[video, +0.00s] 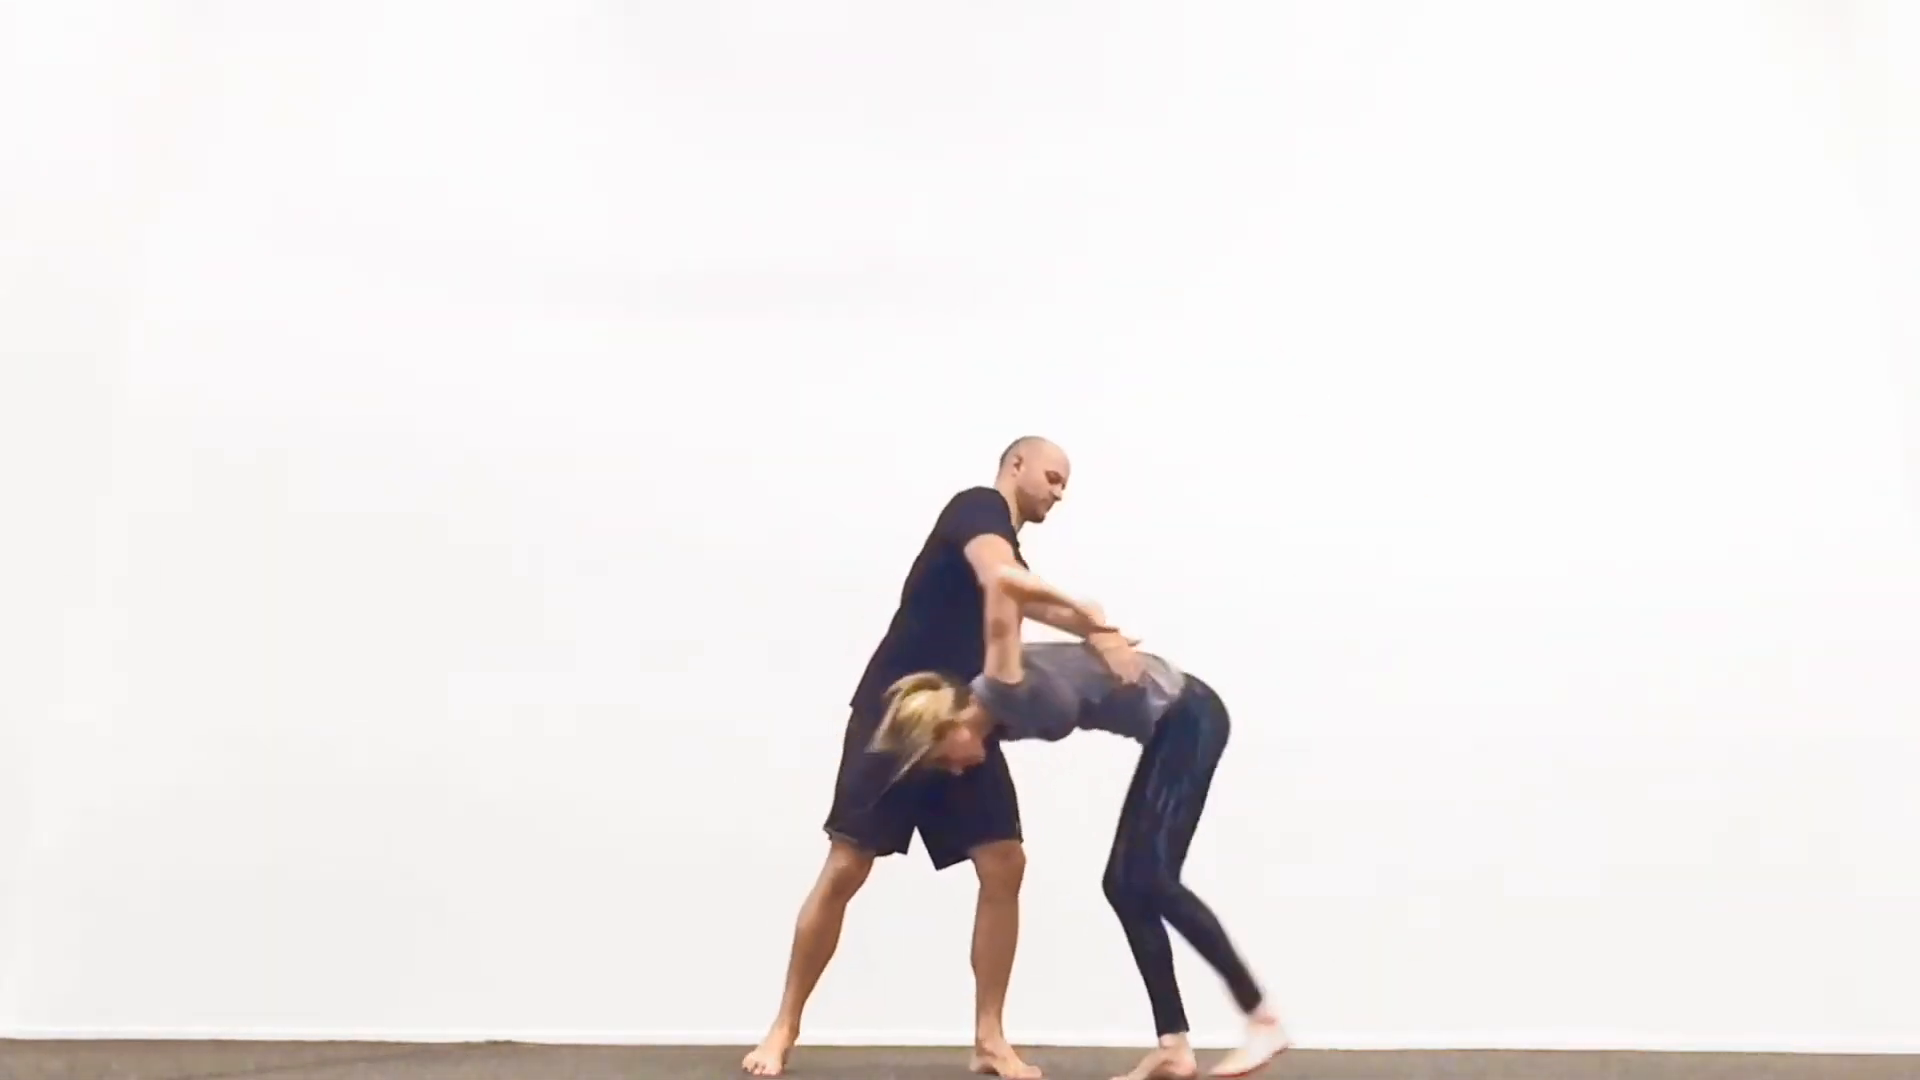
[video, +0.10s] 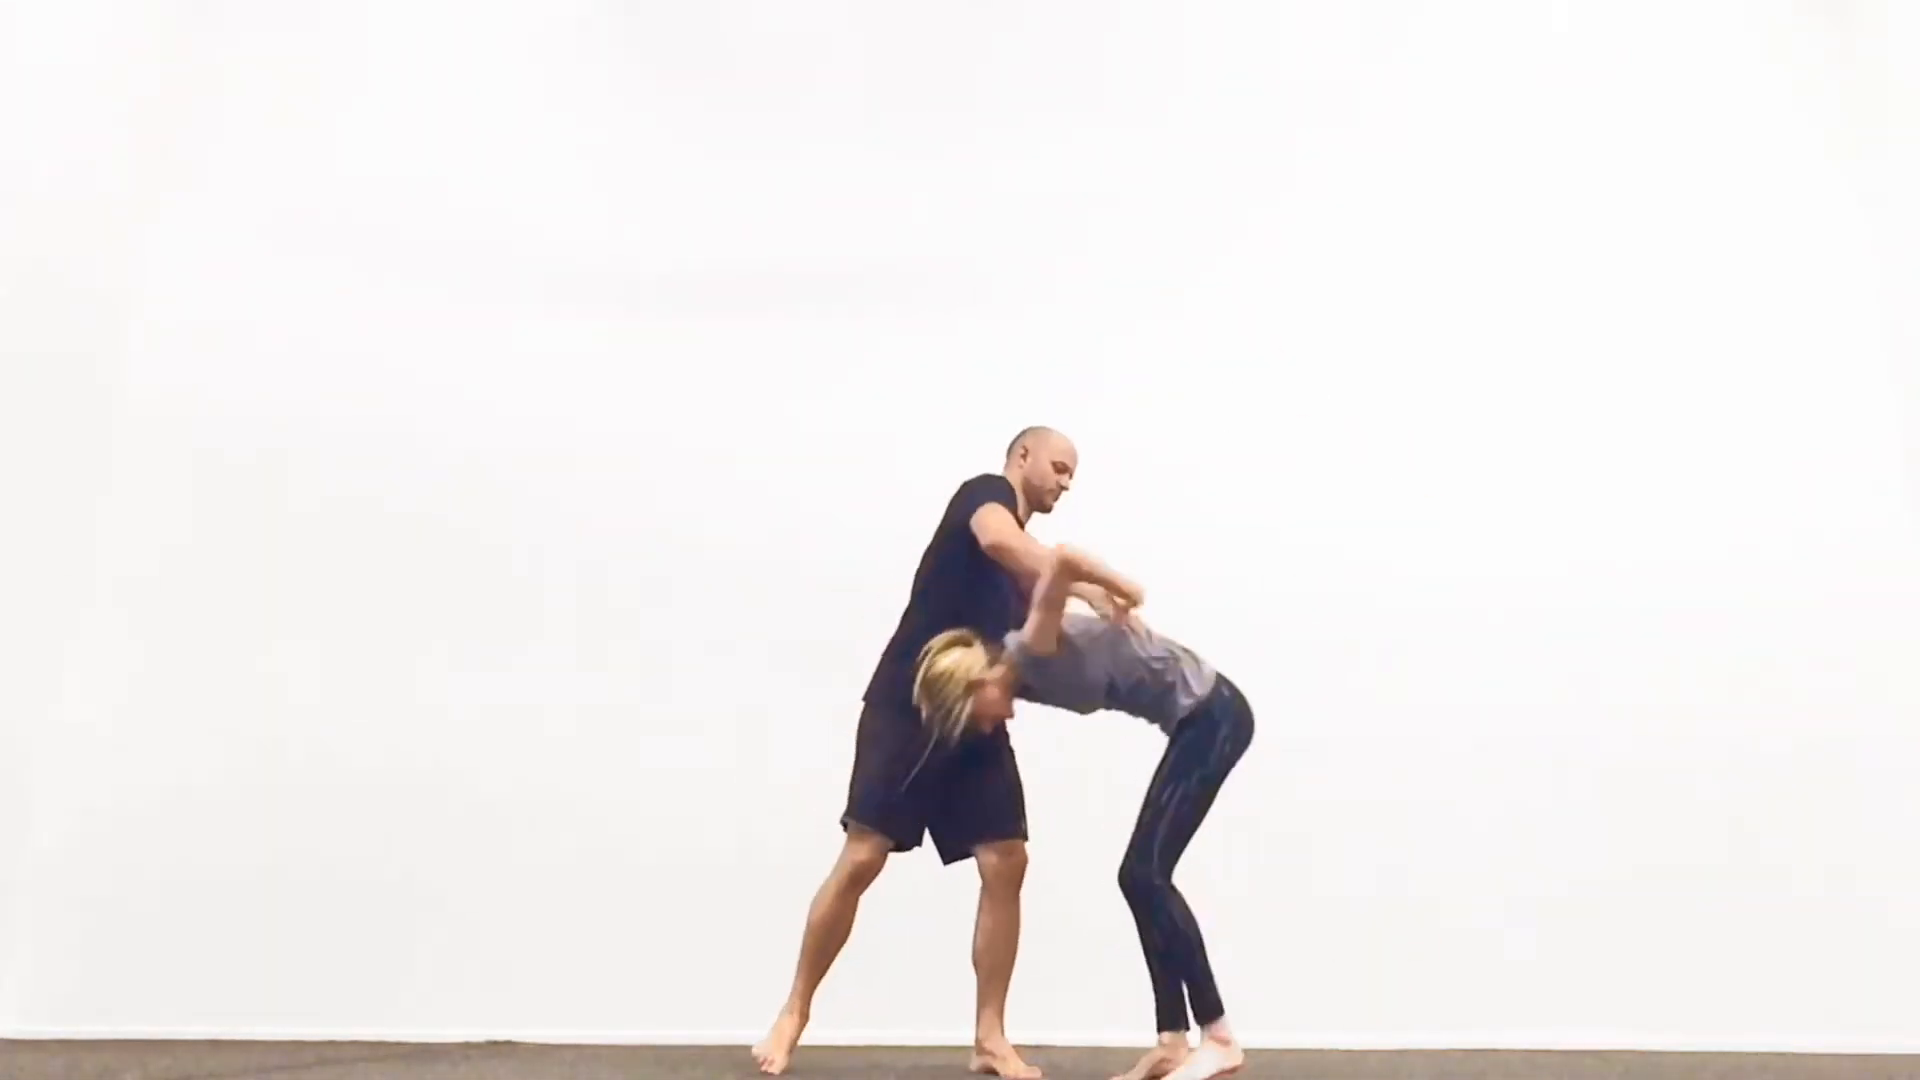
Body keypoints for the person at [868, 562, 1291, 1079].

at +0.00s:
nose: (956, 767)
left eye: (946, 754)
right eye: (941, 763)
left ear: (954, 723)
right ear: (958, 720)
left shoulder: (1007, 684)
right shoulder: (997, 706)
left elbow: (1004, 584)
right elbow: (1005, 590)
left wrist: (1090, 620)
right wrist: (1093, 630)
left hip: (1192, 716)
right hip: (1165, 727)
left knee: (1152, 880)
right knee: (1123, 885)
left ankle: (1264, 1022)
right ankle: (1174, 1047)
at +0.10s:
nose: (984, 726)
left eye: (976, 715)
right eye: (973, 724)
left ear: (983, 679)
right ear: (981, 676)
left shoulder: (1036, 647)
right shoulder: (1021, 666)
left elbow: (1063, 557)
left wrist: (1120, 588)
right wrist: (1099, 595)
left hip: (1214, 715)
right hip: (1192, 721)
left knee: (1148, 875)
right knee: (1138, 877)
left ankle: (1220, 1039)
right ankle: (1174, 1041)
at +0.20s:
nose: (1010, 671)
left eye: (1001, 660)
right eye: (1000, 667)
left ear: (1009, 630)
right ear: (1006, 633)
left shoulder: (1065, 609)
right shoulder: (1053, 630)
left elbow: (1118, 558)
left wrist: (1170, 616)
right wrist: (1104, 704)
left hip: (1232, 714)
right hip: (1208, 718)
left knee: (1170, 873)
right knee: (1149, 872)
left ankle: (1225, 1048)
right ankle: (1173, 1043)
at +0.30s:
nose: (1046, 620)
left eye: (1037, 605)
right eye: (1032, 612)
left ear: (1048, 577)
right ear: (1049, 573)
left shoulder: (1097, 566)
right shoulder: (1092, 574)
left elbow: (1152, 575)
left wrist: (1181, 657)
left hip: (1249, 708)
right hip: (1223, 711)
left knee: (1198, 869)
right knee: (1154, 859)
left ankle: (1229, 1053)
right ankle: (1166, 1032)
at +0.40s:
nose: (1078, 570)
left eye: (1073, 555)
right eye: (1067, 560)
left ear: (1092, 529)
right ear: (1090, 532)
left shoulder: (1144, 535)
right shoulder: (1128, 545)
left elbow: (1177, 581)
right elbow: (1106, 592)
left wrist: (1177, 674)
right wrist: (1103, 666)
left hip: (1266, 703)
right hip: (1239, 706)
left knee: (1226, 871)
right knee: (1143, 832)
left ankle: (1232, 1052)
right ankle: (1196, 990)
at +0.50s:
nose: (1112, 524)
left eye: (1110, 508)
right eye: (1105, 513)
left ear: (1136, 490)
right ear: (1139, 491)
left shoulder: (1191, 517)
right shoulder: (1183, 529)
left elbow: (1215, 581)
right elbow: (1151, 580)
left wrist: (1179, 667)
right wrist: (1118, 639)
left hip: (1277, 702)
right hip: (1252, 705)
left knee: (1245, 876)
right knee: (1157, 833)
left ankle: (1233, 1052)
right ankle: (1271, 947)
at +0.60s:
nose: (1155, 492)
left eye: (1157, 476)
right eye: (1152, 478)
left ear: (1189, 463)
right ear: (1188, 464)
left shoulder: (1240, 511)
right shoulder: (1220, 521)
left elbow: (1267, 585)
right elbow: (1186, 581)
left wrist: (1210, 661)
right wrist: (1135, 620)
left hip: (1286, 704)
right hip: (1266, 704)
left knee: (1250, 874)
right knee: (1215, 867)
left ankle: (1233, 1052)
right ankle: (1358, 944)